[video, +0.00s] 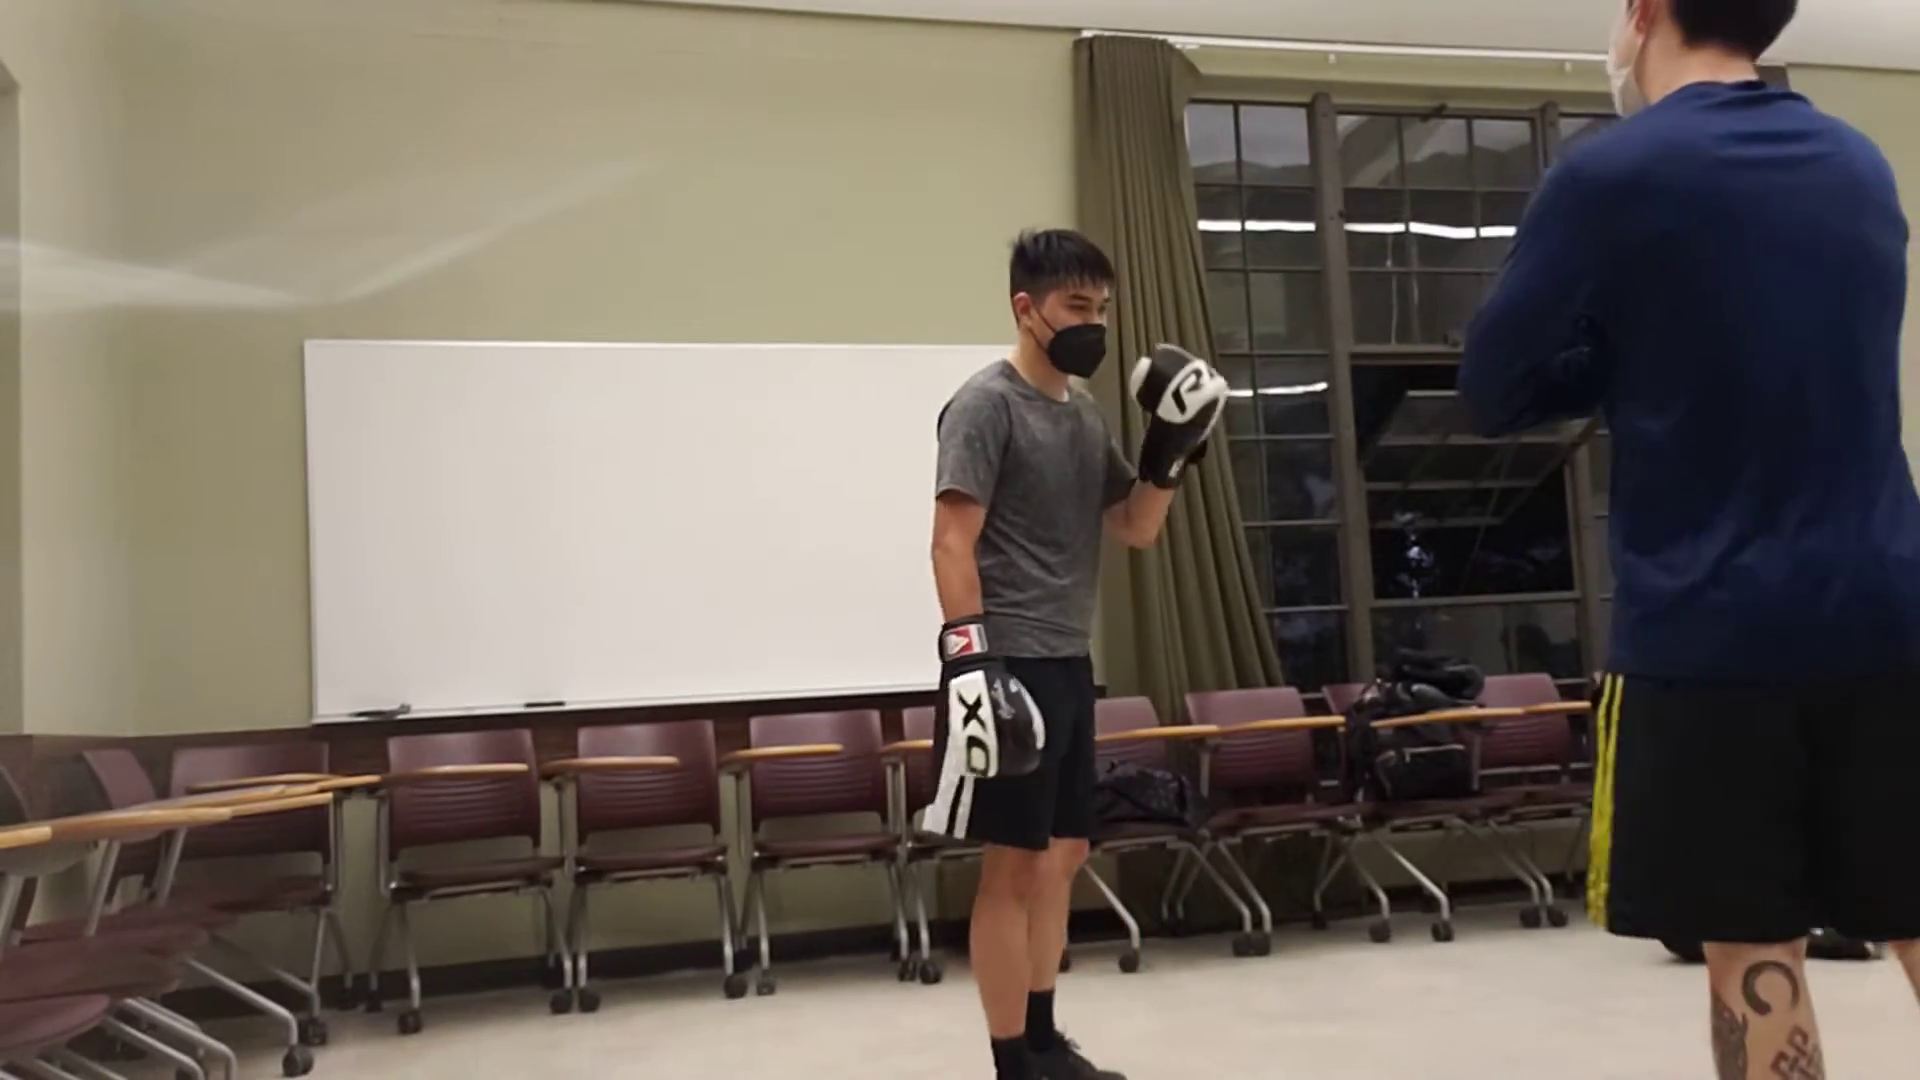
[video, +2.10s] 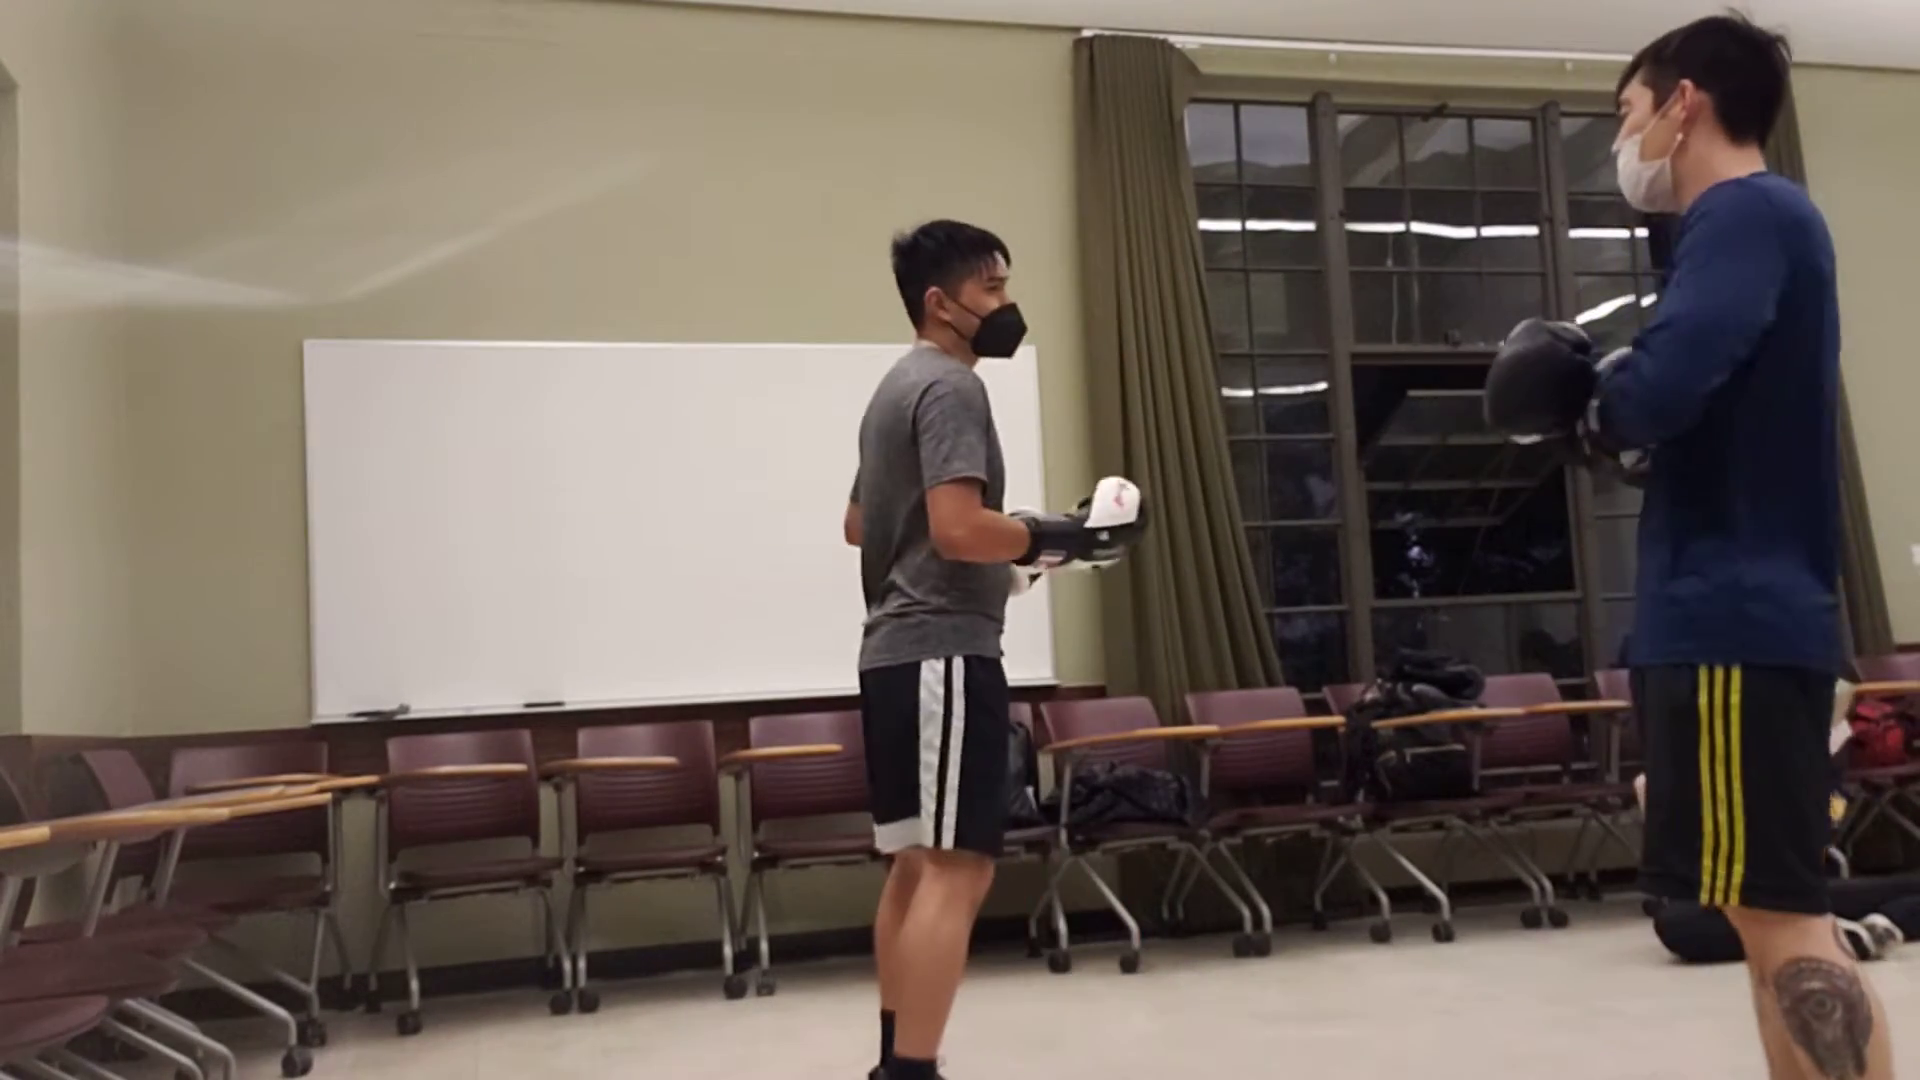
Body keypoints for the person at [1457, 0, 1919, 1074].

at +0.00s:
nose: (1622, 39)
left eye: (1623, 20)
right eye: (1625, 22)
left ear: (1647, 18)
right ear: (1763, 31)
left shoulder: (1610, 172)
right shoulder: (1862, 165)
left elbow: (1496, 388)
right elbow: (1816, 343)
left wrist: (1644, 348)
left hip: (1708, 625)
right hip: (1885, 610)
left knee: (1751, 945)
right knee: (1914, 919)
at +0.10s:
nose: (1601, 35)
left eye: (1605, 19)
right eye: (1603, 21)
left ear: (1629, 21)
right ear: (1743, 38)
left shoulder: (1586, 174)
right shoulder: (1839, 174)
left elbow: (1501, 390)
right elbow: (1816, 350)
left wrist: (1640, 343)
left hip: (1689, 626)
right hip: (1865, 609)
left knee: (1745, 948)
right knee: (1897, 916)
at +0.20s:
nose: (1595, 37)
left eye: (1599, 21)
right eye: (1602, 23)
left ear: (1620, 23)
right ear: (1736, 43)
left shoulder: (1579, 167)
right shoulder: (1816, 176)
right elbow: (1784, 359)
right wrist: (1631, 132)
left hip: (1670, 617)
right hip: (1838, 603)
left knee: (1739, 950)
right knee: (1880, 914)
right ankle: (1904, 1057)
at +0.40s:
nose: (1589, 72)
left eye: (1592, 46)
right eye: (1594, 49)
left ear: (1613, 49)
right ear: (1728, 66)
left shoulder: (1604, 196)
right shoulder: (1789, 205)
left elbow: (1506, 417)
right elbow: (1744, 393)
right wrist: (1617, 178)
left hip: (1653, 630)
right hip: (1798, 617)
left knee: (1725, 946)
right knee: (1814, 929)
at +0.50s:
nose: (1590, 85)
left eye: (1596, 58)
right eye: (1596, 60)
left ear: (1620, 60)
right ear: (1731, 80)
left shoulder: (1611, 215)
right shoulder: (1781, 220)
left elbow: (1508, 420)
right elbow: (1739, 402)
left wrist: (1486, 366)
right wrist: (1618, 183)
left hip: (1650, 635)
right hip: (1777, 624)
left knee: (1719, 942)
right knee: (1789, 924)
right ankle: (1794, 1077)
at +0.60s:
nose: (1595, 108)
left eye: (1600, 84)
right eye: (1601, 84)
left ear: (1633, 86)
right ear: (1733, 101)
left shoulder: (1623, 223)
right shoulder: (1783, 240)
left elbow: (1500, 417)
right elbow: (1723, 414)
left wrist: (1478, 359)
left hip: (1648, 643)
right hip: (1764, 633)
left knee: (1716, 939)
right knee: (1771, 911)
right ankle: (1800, 1074)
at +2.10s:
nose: (1620, 143)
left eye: (1628, 114)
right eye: (1619, 119)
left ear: (1687, 105)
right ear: (1709, 114)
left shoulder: (1749, 217)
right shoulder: (1736, 222)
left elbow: (1657, 397)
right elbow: (1684, 415)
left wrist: (1590, 387)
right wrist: (1597, 399)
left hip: (1743, 627)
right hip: (1725, 626)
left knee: (1775, 910)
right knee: (1768, 908)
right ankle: (1806, 1077)